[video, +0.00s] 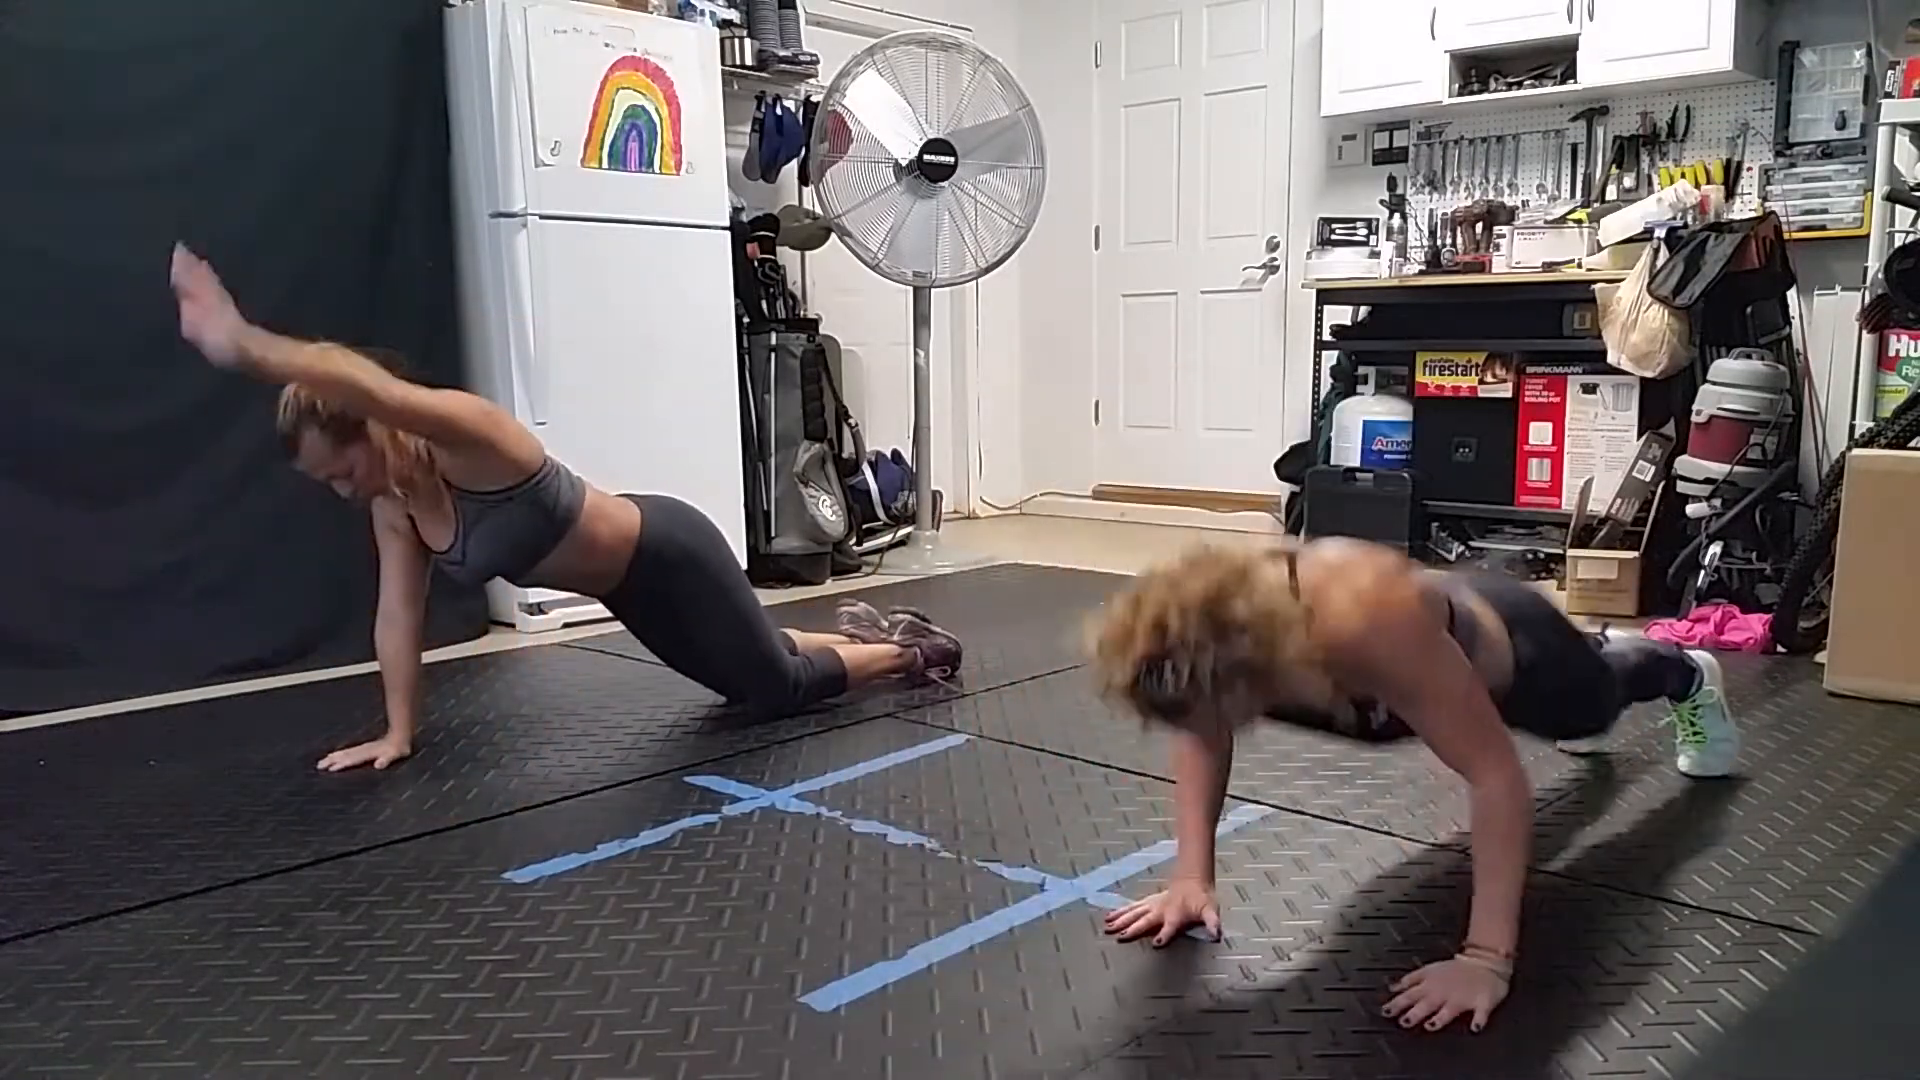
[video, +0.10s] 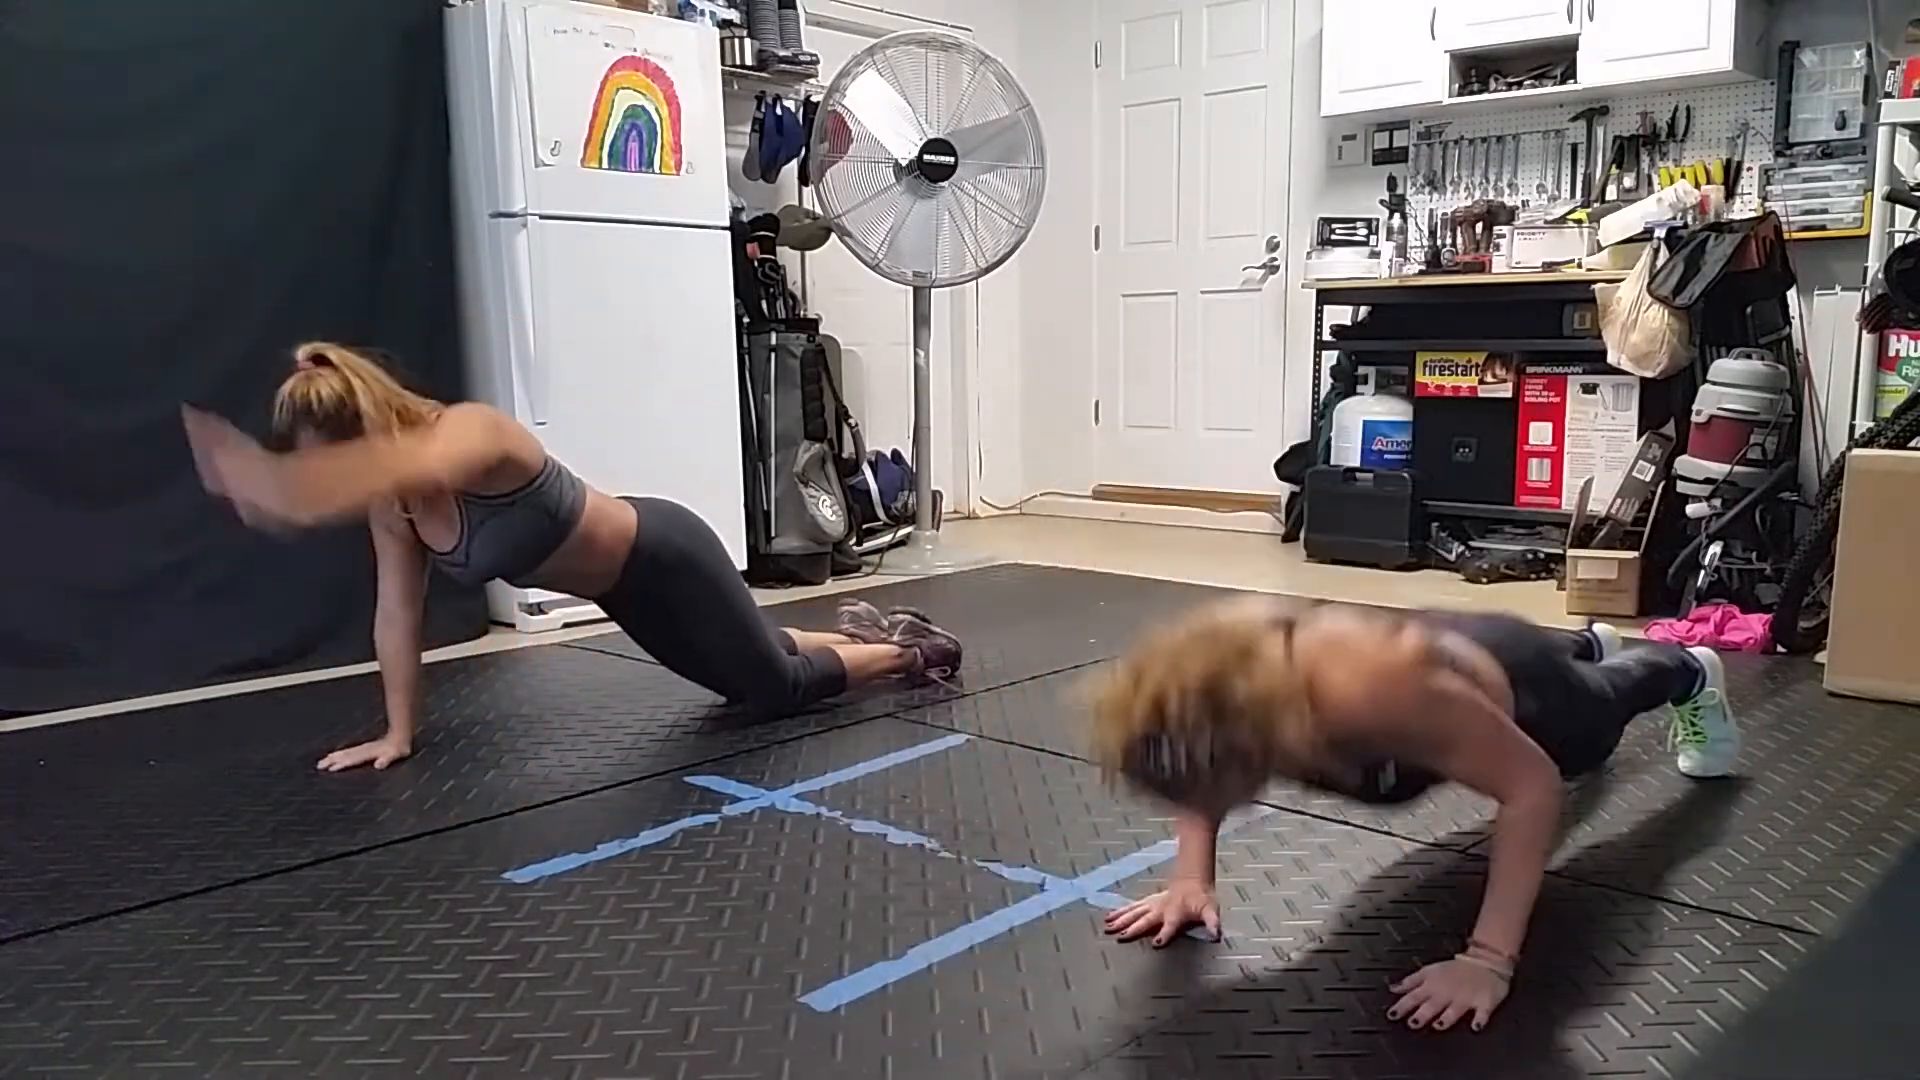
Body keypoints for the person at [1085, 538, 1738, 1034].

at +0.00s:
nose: (1208, 730)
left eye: (1211, 713)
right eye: (1190, 725)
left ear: (1236, 668)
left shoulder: (1364, 615)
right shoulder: (1211, 629)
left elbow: (1499, 777)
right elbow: (1199, 733)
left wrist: (1485, 957)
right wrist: (1189, 874)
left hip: (1515, 639)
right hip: (1426, 631)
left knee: (1611, 679)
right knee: (1562, 677)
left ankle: (1688, 674)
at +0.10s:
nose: (1203, 810)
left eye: (1207, 794)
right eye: (1187, 799)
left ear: (1240, 750)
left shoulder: (1363, 688)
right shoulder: (1212, 672)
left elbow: (1534, 786)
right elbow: (1191, 772)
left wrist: (1487, 957)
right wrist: (1188, 877)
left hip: (1519, 676)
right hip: (1436, 646)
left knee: (1615, 688)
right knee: (1532, 654)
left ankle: (1691, 668)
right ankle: (1591, 640)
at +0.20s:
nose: (1202, 903)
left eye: (1214, 888)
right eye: (1177, 892)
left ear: (1250, 834)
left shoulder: (1372, 760)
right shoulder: (1207, 696)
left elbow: (1543, 793)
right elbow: (1194, 767)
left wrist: (1487, 959)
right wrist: (1185, 876)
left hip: (1514, 702)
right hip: (1419, 660)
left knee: (1612, 691)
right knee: (1536, 652)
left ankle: (1692, 666)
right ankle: (1599, 637)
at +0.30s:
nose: (1215, 977)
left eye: (1224, 959)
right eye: (1188, 964)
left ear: (1257, 903)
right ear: (1141, 875)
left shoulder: (1370, 833)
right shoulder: (1182, 748)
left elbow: (1544, 793)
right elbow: (1196, 702)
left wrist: (1487, 958)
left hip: (1498, 728)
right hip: (1387, 693)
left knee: (1604, 703)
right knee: (1518, 673)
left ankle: (1689, 665)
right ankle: (1596, 640)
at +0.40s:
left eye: (1214, 984)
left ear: (1254, 938)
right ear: (1144, 873)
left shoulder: (1371, 860)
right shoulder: (1172, 791)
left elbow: (1542, 791)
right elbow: (1187, 707)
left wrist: (1488, 958)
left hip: (1492, 738)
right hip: (1390, 713)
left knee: (1605, 707)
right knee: (1507, 681)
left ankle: (1690, 666)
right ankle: (1593, 641)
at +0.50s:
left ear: (1252, 938)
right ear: (1151, 859)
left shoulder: (1367, 859)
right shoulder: (1170, 797)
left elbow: (1542, 792)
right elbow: (1189, 707)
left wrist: (1489, 958)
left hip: (1497, 735)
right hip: (1388, 710)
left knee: (1607, 705)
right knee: (1510, 679)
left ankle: (1689, 665)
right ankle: (1593, 641)